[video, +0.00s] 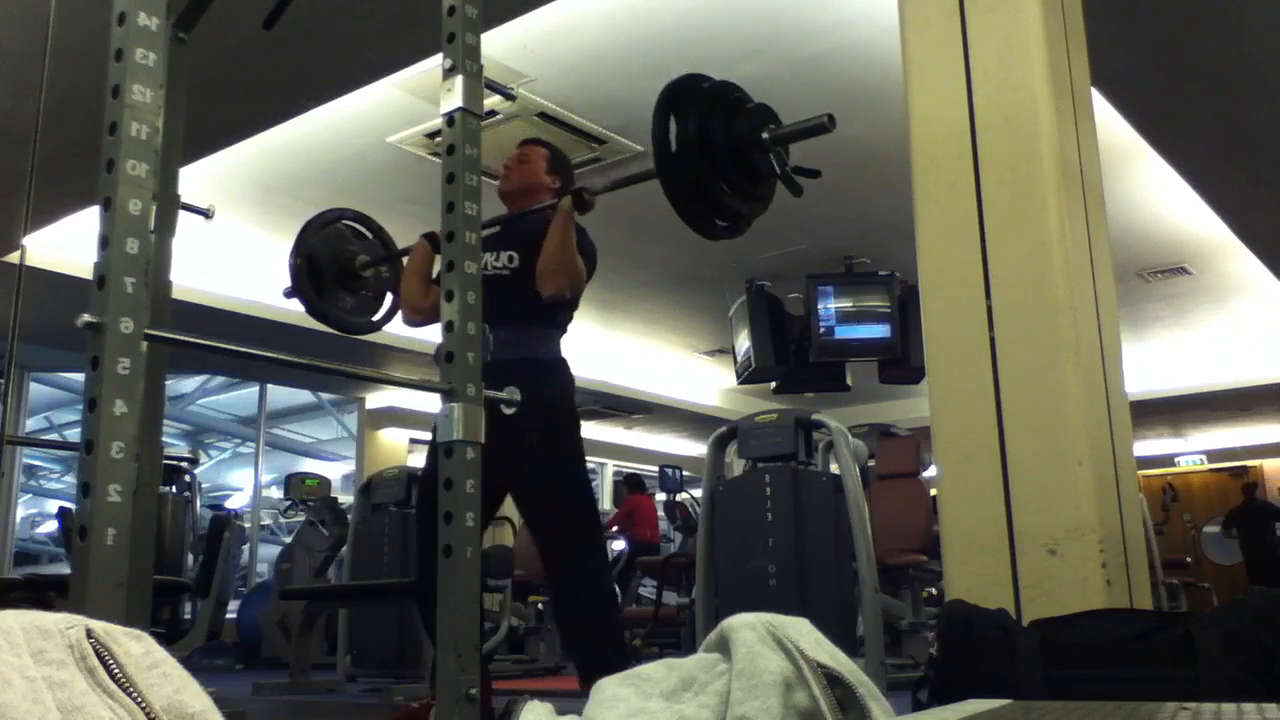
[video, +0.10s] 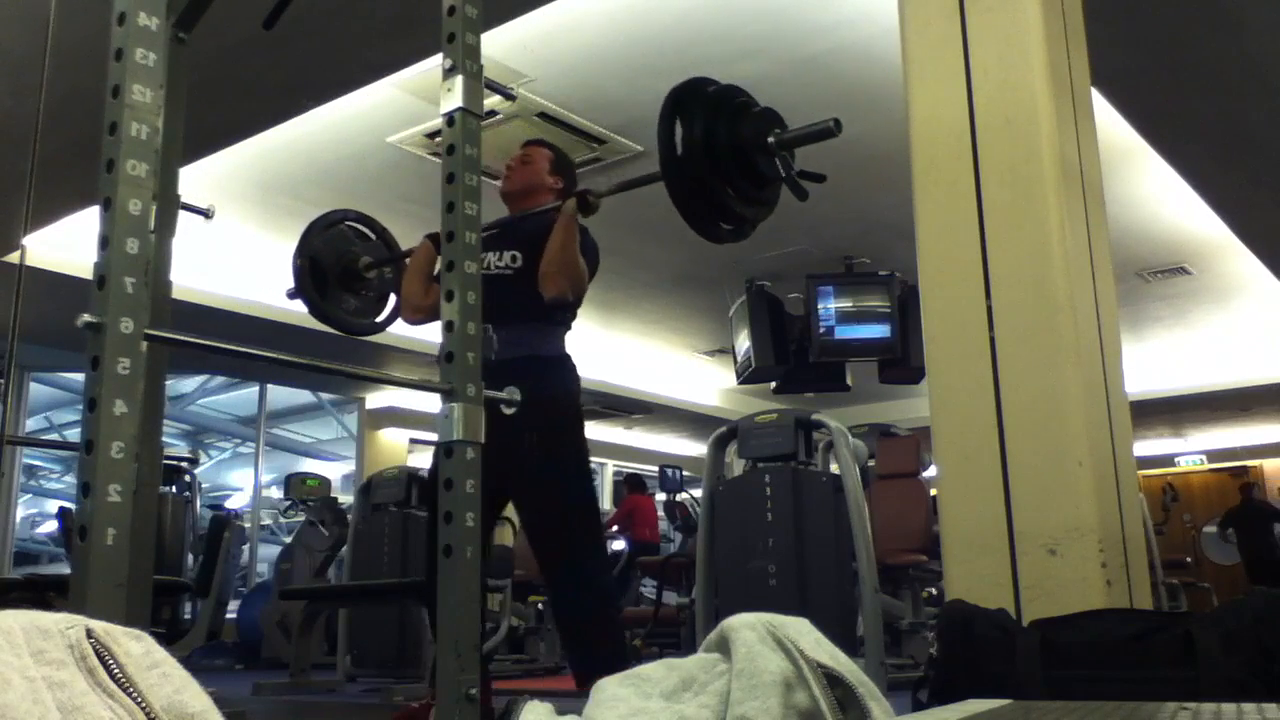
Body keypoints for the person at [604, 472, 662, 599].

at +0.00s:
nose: (624, 490)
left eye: (625, 486)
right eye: (624, 487)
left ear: (629, 487)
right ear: (642, 485)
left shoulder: (632, 500)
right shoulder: (649, 501)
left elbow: (617, 518)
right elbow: (635, 522)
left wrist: (604, 528)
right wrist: (617, 532)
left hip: (638, 546)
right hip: (654, 546)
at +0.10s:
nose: (624, 490)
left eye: (625, 486)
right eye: (624, 487)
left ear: (629, 487)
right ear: (643, 486)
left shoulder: (631, 500)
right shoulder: (650, 501)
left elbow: (616, 518)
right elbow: (636, 522)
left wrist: (603, 527)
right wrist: (618, 531)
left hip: (637, 545)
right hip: (654, 545)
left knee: (624, 574)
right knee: (649, 578)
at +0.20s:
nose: (624, 490)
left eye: (626, 486)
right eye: (625, 486)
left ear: (630, 487)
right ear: (643, 486)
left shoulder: (631, 500)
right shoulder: (649, 500)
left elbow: (617, 518)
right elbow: (637, 520)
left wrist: (607, 526)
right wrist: (621, 530)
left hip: (637, 543)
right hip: (653, 543)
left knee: (625, 573)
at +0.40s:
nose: (626, 490)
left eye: (627, 487)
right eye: (626, 487)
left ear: (631, 487)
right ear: (644, 487)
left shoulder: (630, 500)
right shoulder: (650, 500)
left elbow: (617, 519)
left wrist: (607, 528)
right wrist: (619, 532)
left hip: (637, 543)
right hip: (654, 544)